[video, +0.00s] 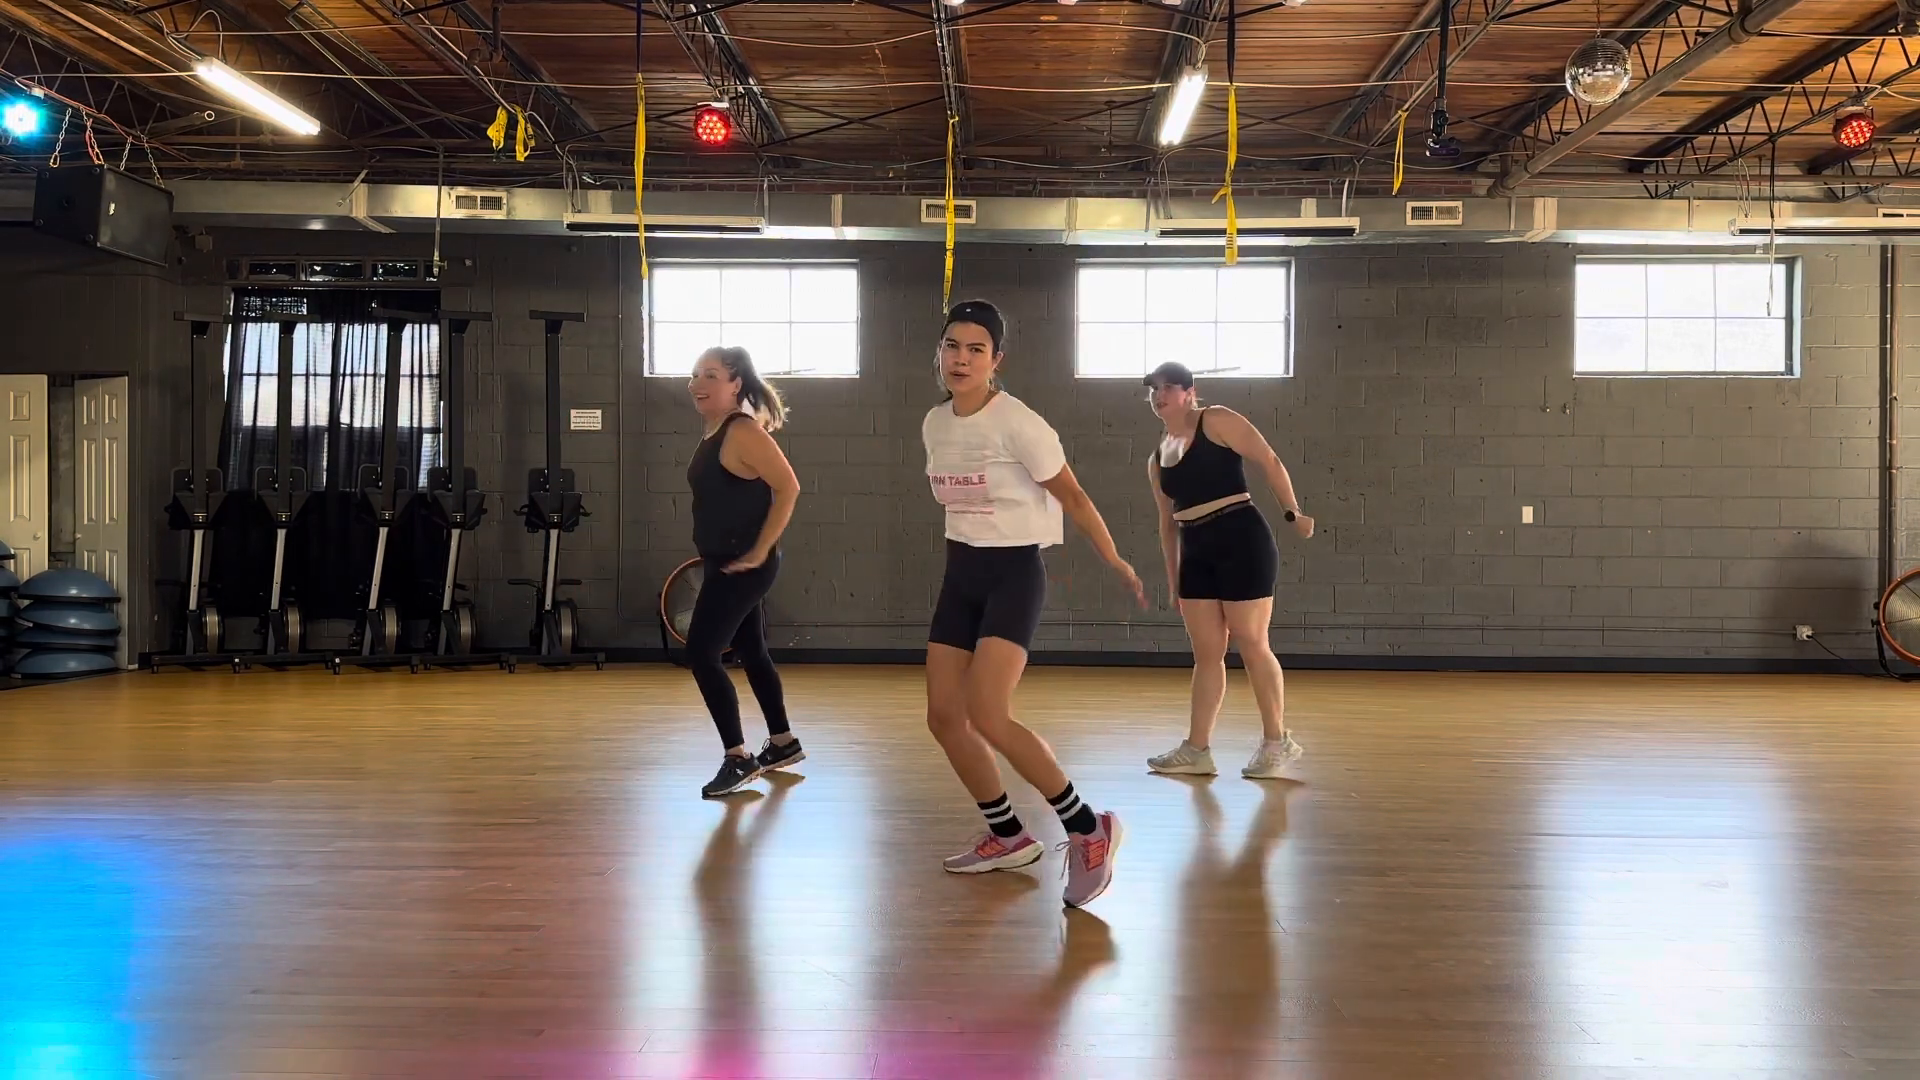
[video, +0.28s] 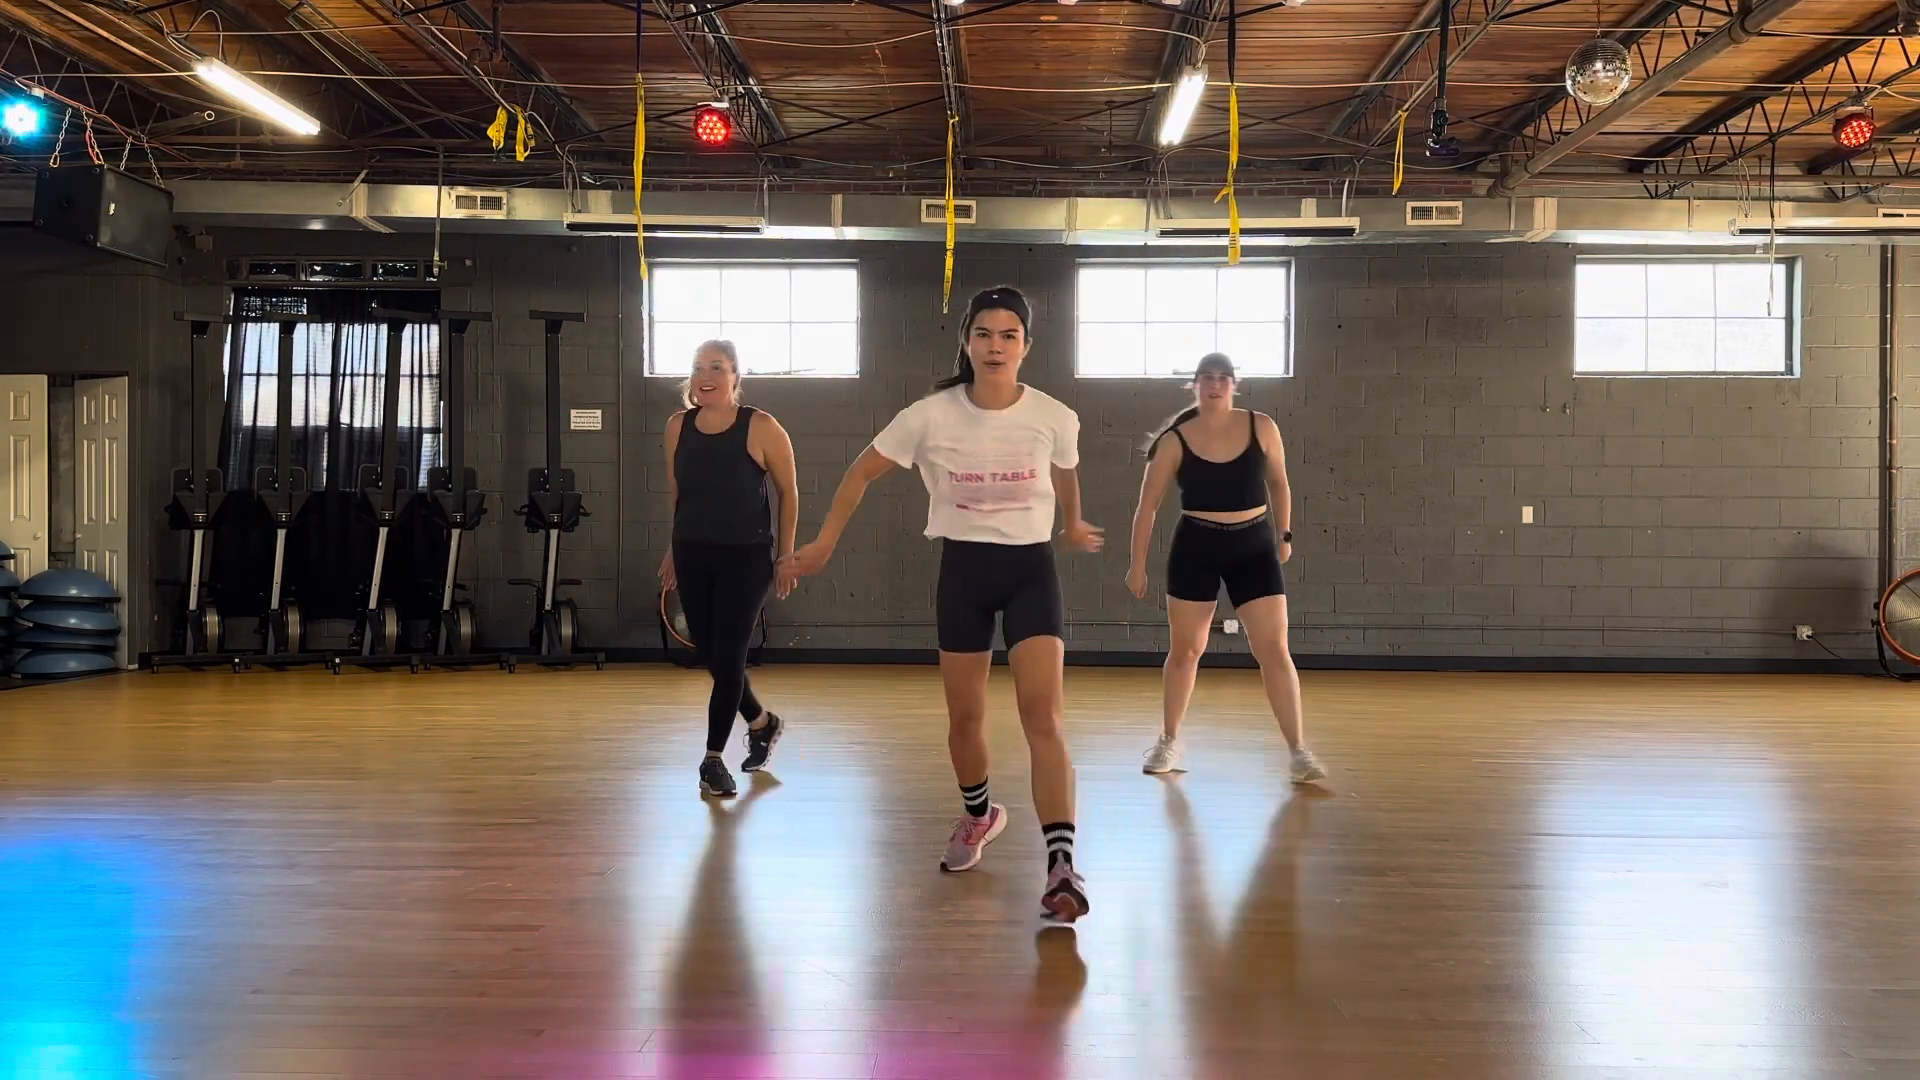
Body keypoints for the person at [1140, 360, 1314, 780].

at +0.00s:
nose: (1155, 397)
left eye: (1164, 389)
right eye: (1152, 390)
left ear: (1188, 392)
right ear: (1152, 398)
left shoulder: (1216, 421)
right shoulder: (1159, 458)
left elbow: (1270, 461)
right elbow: (1168, 523)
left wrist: (1293, 513)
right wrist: (1173, 578)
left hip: (1242, 539)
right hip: (1195, 550)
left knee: (1251, 642)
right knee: (1207, 651)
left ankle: (1276, 743)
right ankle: (1197, 749)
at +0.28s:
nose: (1214, 385)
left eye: (1222, 379)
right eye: (1206, 378)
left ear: (1234, 386)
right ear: (1194, 385)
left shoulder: (1261, 427)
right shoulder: (1174, 440)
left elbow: (1279, 484)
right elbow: (1148, 505)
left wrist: (1284, 536)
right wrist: (1138, 565)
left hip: (1254, 547)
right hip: (1196, 547)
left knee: (1275, 648)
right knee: (1186, 650)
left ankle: (1299, 752)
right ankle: (1168, 742)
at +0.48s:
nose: (1272, 396)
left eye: (1279, 389)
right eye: (1263, 389)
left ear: (1290, 397)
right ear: (1249, 397)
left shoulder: (1306, 448)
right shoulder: (1228, 449)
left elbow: (1302, 508)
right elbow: (1182, 504)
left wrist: (1293, 559)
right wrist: (1162, 564)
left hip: (1275, 561)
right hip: (1221, 557)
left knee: (1297, 661)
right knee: (1197, 662)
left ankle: (1313, 763)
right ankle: (1161, 736)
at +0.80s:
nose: (1304, 408)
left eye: (1310, 401)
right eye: (1294, 402)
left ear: (1319, 409)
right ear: (1278, 412)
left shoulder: (1326, 454)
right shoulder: (1255, 460)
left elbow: (1295, 501)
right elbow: (1202, 504)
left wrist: (1257, 530)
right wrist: (1216, 542)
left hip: (1295, 561)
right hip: (1243, 561)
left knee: (1318, 664)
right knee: (1217, 675)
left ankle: (1311, 763)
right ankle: (1156, 746)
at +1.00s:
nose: (1254, 410)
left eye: (1261, 401)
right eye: (1244, 403)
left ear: (1273, 406)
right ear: (1229, 412)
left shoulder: (1302, 438)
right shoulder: (1216, 464)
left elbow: (1300, 491)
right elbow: (1185, 518)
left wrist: (1270, 521)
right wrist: (1228, 538)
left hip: (1289, 556)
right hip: (1231, 559)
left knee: (1314, 660)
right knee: (1190, 663)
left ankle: (1316, 760)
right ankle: (1146, 745)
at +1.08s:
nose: (1222, 406)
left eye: (1230, 398)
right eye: (1214, 397)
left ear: (1244, 401)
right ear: (1203, 402)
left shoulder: (1278, 425)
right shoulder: (1189, 451)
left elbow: (1307, 446)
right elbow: (1172, 500)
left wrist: (1279, 483)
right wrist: (1213, 514)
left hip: (1273, 541)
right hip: (1215, 543)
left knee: (1307, 649)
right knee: (1165, 645)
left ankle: (1337, 750)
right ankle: (1127, 737)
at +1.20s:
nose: (1179, 432)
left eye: (1190, 426)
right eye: (1175, 423)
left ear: (1209, 428)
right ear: (1166, 421)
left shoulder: (1236, 462)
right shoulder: (1153, 464)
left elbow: (1293, 471)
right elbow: (1172, 502)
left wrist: (1277, 493)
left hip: (1246, 555)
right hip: (1189, 555)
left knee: (1292, 658)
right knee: (1140, 651)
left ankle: (1362, 737)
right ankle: (1116, 750)